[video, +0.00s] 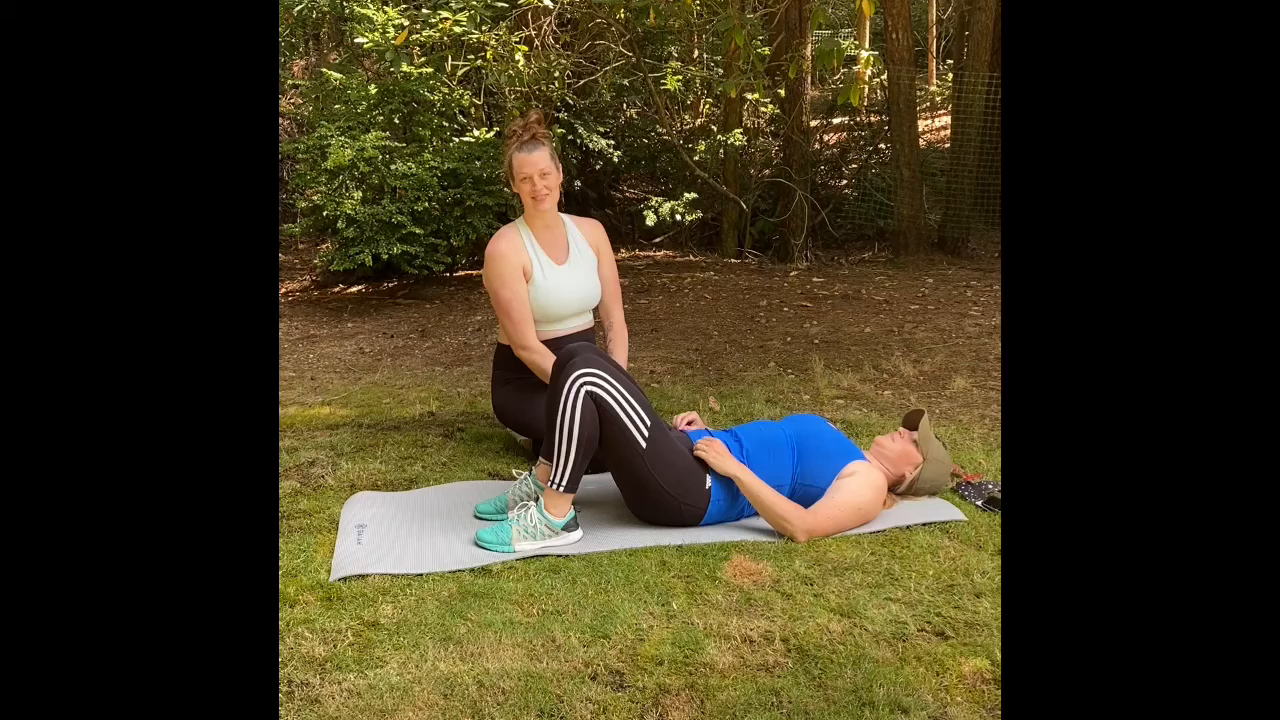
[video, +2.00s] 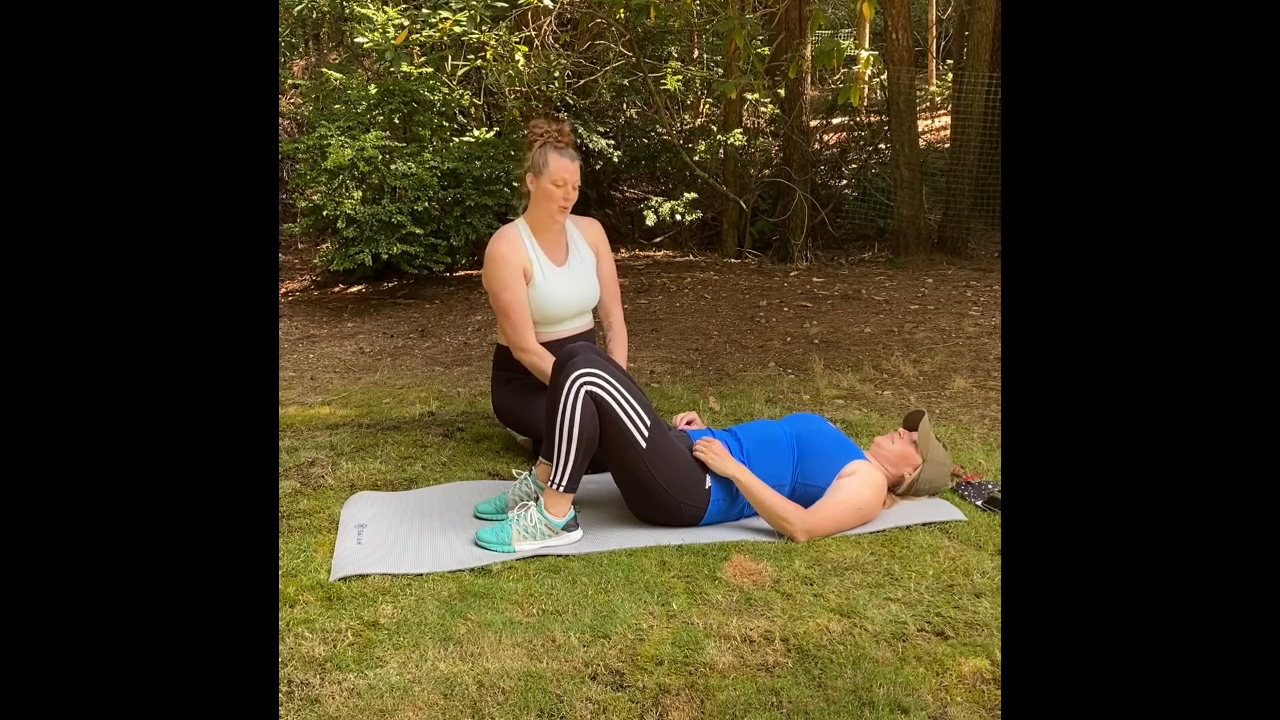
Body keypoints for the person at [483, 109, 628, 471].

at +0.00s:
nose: (538, 186)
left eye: (544, 174)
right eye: (526, 179)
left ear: (560, 173)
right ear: (514, 186)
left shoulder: (591, 232)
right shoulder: (505, 248)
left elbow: (614, 321)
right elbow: (525, 346)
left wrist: (615, 384)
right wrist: (586, 396)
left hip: (584, 365)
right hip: (523, 380)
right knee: (599, 444)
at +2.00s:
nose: (570, 196)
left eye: (575, 185)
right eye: (559, 184)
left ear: (580, 184)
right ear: (530, 182)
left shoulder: (590, 232)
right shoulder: (506, 247)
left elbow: (613, 321)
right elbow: (524, 348)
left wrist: (614, 385)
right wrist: (588, 396)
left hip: (584, 366)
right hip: (523, 378)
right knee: (602, 446)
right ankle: (538, 442)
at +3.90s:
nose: (563, 196)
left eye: (571, 186)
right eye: (553, 185)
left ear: (580, 184)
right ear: (531, 181)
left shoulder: (593, 233)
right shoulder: (510, 246)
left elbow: (614, 322)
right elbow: (509, 350)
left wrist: (613, 382)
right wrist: (575, 389)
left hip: (585, 370)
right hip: (524, 381)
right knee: (606, 447)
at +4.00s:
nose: (564, 196)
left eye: (573, 186)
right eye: (554, 185)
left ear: (581, 183)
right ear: (533, 181)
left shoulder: (595, 234)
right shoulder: (512, 246)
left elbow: (615, 321)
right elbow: (502, 346)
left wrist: (614, 380)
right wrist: (569, 384)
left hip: (585, 373)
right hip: (525, 384)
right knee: (610, 447)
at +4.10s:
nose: (565, 195)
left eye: (574, 185)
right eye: (555, 184)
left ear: (582, 183)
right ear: (533, 180)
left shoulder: (595, 234)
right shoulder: (512, 245)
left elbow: (615, 321)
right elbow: (499, 346)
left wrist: (614, 380)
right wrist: (563, 386)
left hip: (586, 372)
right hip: (525, 382)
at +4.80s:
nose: (552, 191)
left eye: (560, 180)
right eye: (541, 181)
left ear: (570, 178)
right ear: (523, 181)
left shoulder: (590, 233)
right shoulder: (509, 244)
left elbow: (614, 319)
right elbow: (502, 333)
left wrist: (616, 366)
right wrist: (517, 374)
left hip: (587, 366)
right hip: (527, 375)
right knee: (599, 448)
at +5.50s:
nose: (554, 187)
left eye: (561, 177)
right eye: (543, 177)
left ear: (568, 178)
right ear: (520, 178)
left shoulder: (585, 232)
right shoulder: (505, 243)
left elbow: (611, 318)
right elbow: (497, 342)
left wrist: (615, 366)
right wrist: (524, 337)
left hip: (585, 364)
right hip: (525, 375)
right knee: (604, 448)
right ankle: (536, 440)